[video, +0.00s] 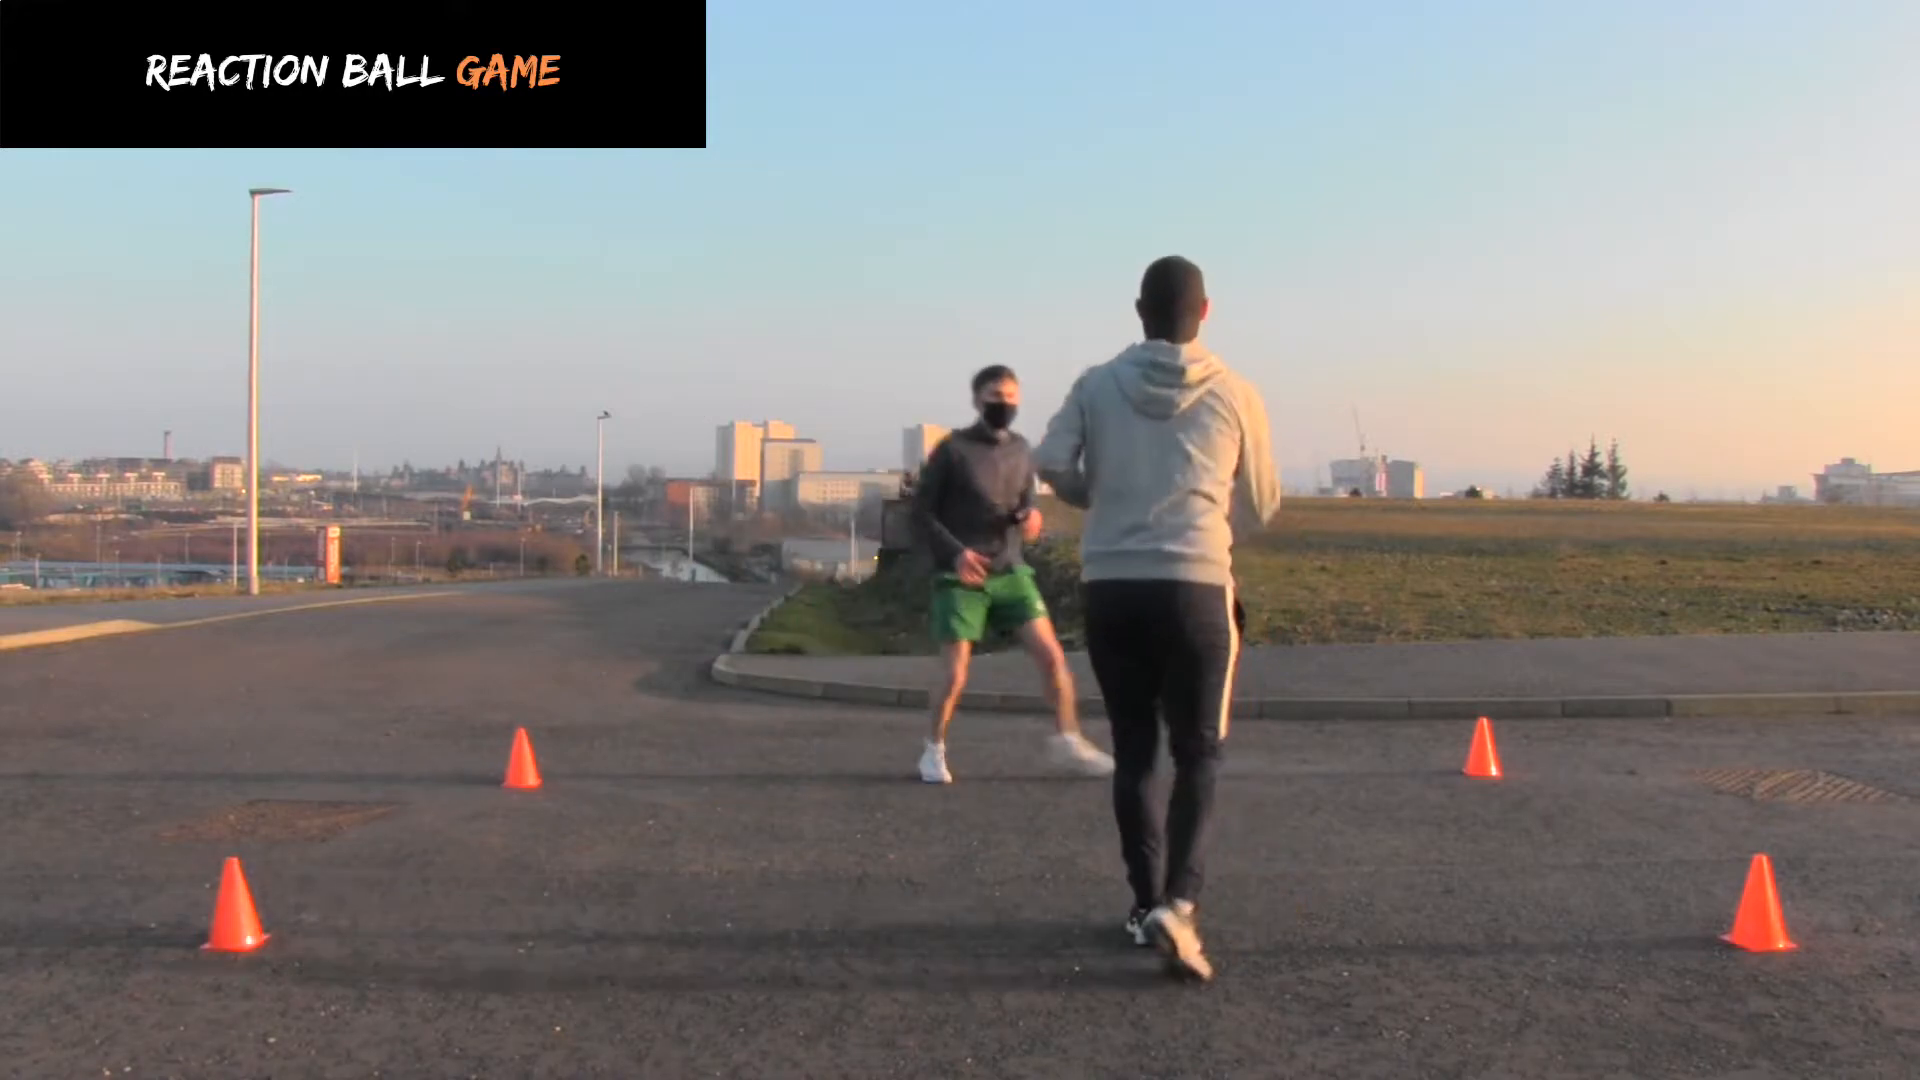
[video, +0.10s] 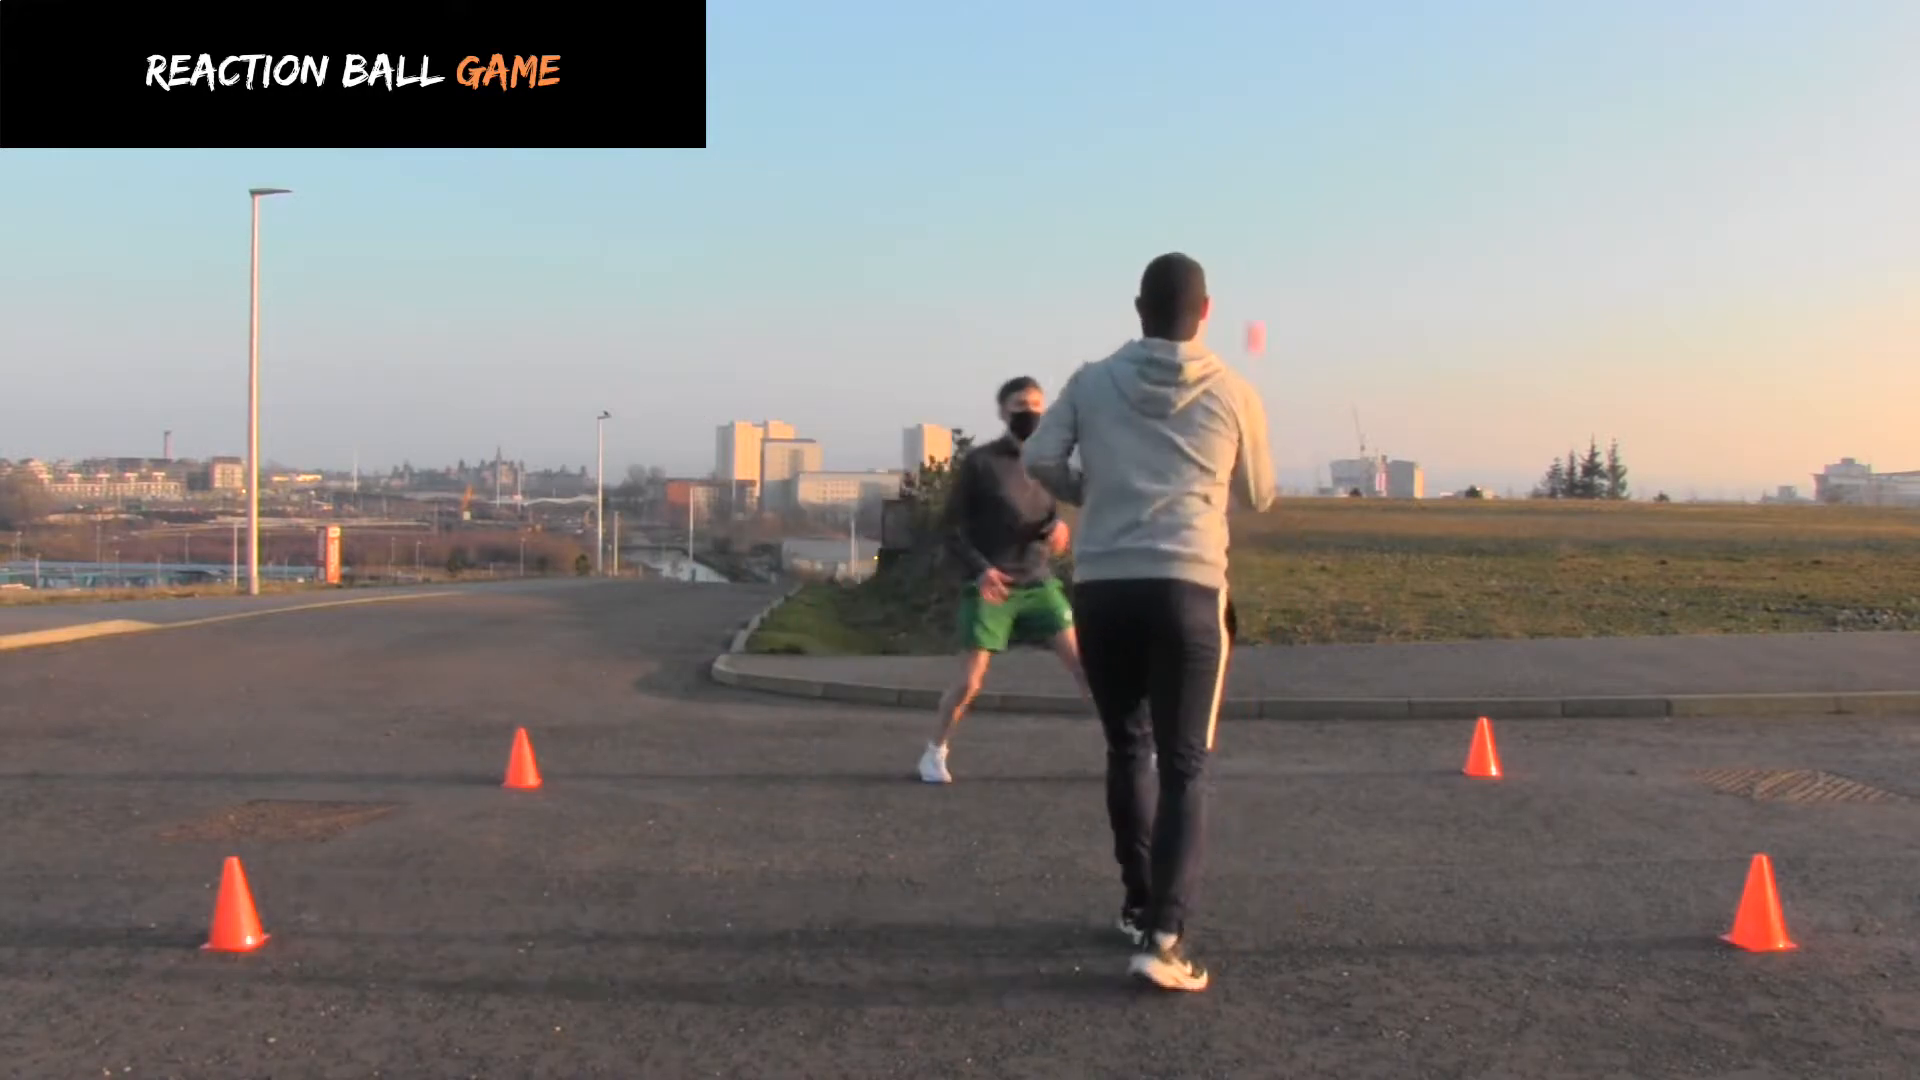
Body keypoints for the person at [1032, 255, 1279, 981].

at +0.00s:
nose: (1200, 315)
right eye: (1202, 304)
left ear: (1139, 312)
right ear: (1203, 313)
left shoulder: (1097, 385)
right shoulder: (1234, 392)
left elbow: (1053, 460)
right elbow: (1261, 509)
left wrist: (1100, 499)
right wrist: (1205, 507)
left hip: (1113, 593)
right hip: (1196, 594)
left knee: (1133, 752)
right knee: (1198, 751)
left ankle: (1148, 908)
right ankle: (1179, 901)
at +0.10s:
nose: (1199, 316)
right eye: (1204, 305)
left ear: (1139, 309)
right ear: (1204, 311)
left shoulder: (1091, 381)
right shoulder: (1232, 388)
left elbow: (1042, 462)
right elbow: (1257, 495)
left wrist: (1094, 499)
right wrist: (1196, 481)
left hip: (1103, 591)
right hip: (1188, 594)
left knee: (1127, 747)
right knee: (1186, 762)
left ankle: (1140, 908)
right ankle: (1165, 941)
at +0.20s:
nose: (1190, 323)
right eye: (1195, 312)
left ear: (1127, 316)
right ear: (1193, 318)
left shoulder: (1078, 396)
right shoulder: (1220, 405)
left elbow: (1020, 478)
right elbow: (1247, 527)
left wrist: (1027, 551)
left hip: (1092, 613)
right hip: (1181, 615)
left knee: (1108, 751)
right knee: (1182, 780)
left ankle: (1109, 908)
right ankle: (1156, 957)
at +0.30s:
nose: (1174, 310)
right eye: (1177, 299)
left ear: (1108, 305)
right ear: (1176, 306)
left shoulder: (1063, 386)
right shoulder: (1207, 395)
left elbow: (1019, 473)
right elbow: (1235, 521)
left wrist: (1055, 519)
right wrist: (1209, 594)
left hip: (1078, 606)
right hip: (1168, 608)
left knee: (1087, 751)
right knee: (1172, 778)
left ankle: (1074, 913)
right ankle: (1155, 957)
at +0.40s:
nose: (1147, 283)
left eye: (1131, 273)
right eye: (1146, 274)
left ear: (1074, 280)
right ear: (1141, 280)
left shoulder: (1034, 365)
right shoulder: (1175, 364)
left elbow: (1000, 462)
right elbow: (1209, 483)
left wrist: (1068, 455)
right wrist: (1190, 571)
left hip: (1048, 585)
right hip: (1136, 585)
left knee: (1057, 753)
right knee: (1159, 760)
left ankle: (1026, 935)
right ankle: (1169, 944)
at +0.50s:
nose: (1126, 289)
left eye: (1110, 278)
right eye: (1124, 278)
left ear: (1052, 287)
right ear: (1117, 284)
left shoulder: (1010, 372)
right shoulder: (1150, 367)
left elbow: (980, 471)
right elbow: (1188, 478)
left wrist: (1048, 463)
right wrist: (1178, 572)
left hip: (1025, 590)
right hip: (1111, 590)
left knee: (1034, 772)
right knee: (1150, 767)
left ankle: (1019, 961)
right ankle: (1151, 950)